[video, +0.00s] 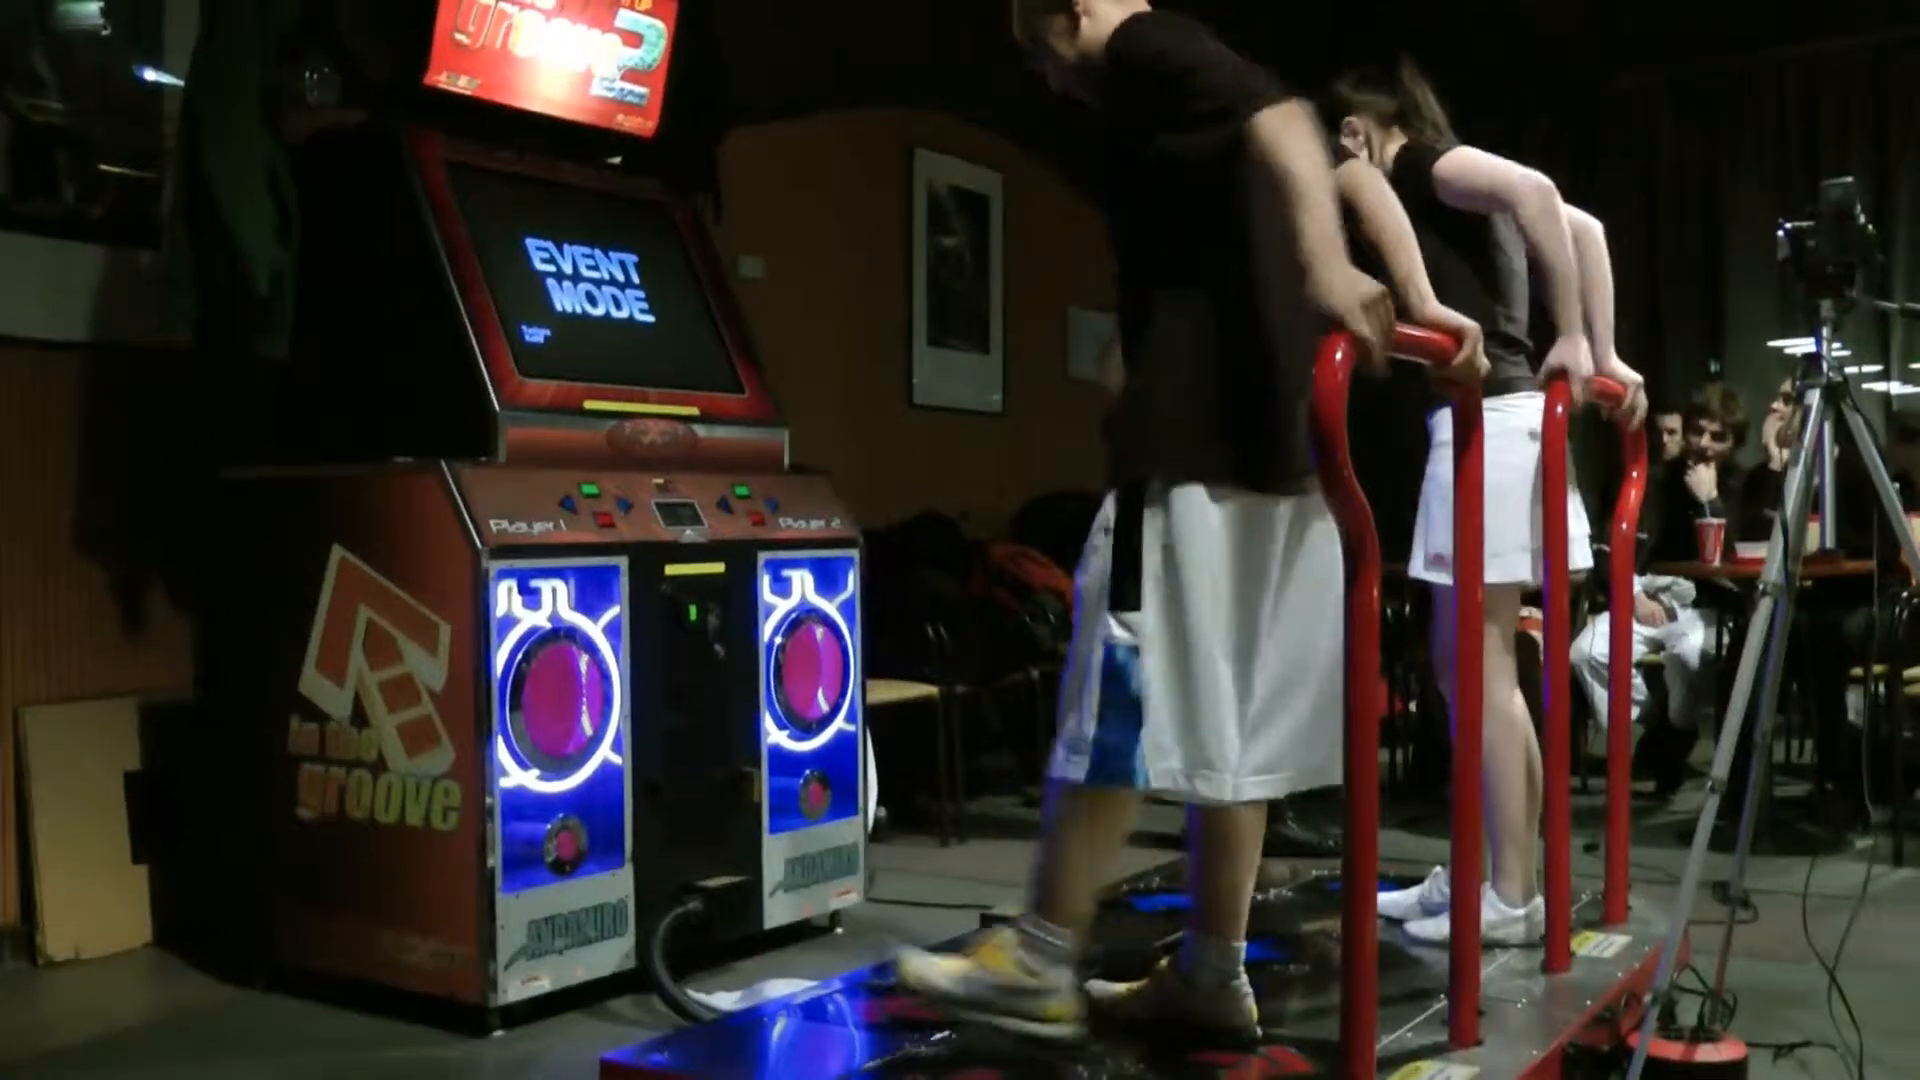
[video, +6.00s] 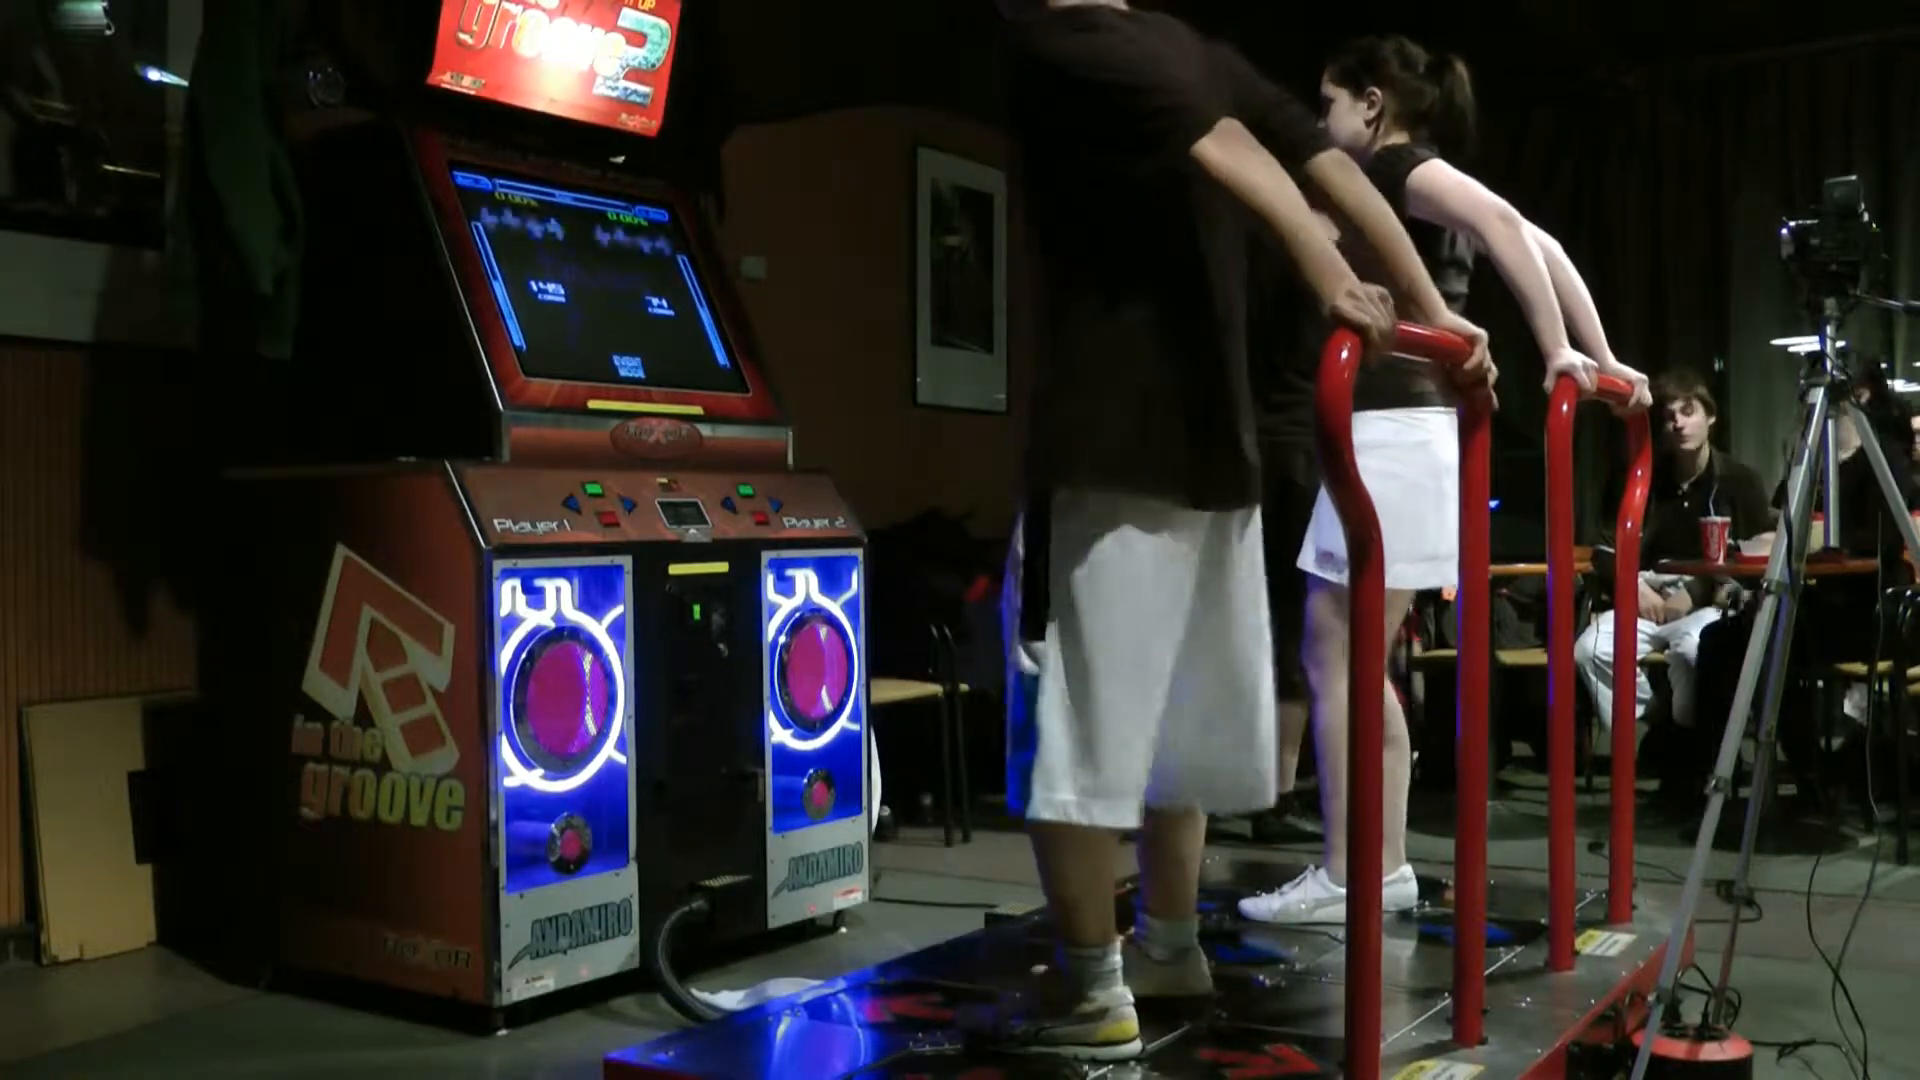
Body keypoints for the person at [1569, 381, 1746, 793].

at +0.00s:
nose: (1703, 445)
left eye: (1717, 437)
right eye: (1697, 433)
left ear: (1733, 443)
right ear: (1684, 433)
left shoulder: (1739, 484)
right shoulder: (1656, 480)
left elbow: (1733, 561)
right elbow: (1616, 547)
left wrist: (1710, 501)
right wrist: (1635, 597)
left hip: (1709, 604)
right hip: (1653, 597)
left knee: (1684, 652)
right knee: (1591, 651)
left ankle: (1678, 737)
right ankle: (1653, 728)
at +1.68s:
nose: (1652, 439)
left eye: (1661, 427)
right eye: (1646, 430)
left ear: (1692, 427)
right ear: (1642, 434)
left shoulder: (1728, 481)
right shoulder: (1644, 482)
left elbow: (1745, 542)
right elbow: (1612, 553)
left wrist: (1690, 509)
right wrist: (1638, 593)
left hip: (1708, 607)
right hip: (1651, 601)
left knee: (1690, 653)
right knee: (1591, 651)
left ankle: (1680, 740)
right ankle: (1654, 732)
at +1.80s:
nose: (1650, 437)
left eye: (1659, 426)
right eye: (1645, 428)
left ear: (1688, 425)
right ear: (1638, 430)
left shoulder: (1726, 481)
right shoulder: (1640, 480)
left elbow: (1734, 551)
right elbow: (1612, 552)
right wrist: (1636, 592)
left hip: (1703, 606)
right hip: (1649, 601)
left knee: (1690, 654)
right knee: (1591, 652)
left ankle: (1680, 740)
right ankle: (1654, 733)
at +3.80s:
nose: (1664, 447)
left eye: (1672, 435)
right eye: (1656, 438)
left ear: (1698, 429)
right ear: (1646, 438)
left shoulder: (1730, 480)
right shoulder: (1642, 479)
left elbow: (1740, 558)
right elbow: (1605, 551)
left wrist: (1690, 596)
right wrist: (1637, 588)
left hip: (1705, 602)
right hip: (1647, 596)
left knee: (1690, 650)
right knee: (1593, 649)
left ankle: (1682, 736)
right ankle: (1657, 727)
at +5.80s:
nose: (1685, 421)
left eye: (1695, 410)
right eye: (1674, 413)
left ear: (1713, 418)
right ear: (1660, 423)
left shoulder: (1739, 480)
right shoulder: (1646, 476)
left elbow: (1753, 558)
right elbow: (1607, 547)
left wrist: (1692, 595)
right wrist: (1634, 585)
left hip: (1710, 602)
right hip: (1648, 599)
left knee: (1690, 651)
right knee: (1594, 649)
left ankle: (1682, 736)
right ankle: (1656, 734)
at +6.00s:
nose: (1678, 423)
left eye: (1688, 412)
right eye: (1668, 415)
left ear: (1710, 419)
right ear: (1659, 425)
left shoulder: (1739, 481)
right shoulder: (1646, 478)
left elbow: (1755, 564)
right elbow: (1607, 550)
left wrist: (1694, 595)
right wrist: (1635, 586)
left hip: (1709, 605)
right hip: (1648, 604)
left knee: (1689, 651)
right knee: (1593, 648)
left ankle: (1684, 740)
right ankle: (1650, 740)